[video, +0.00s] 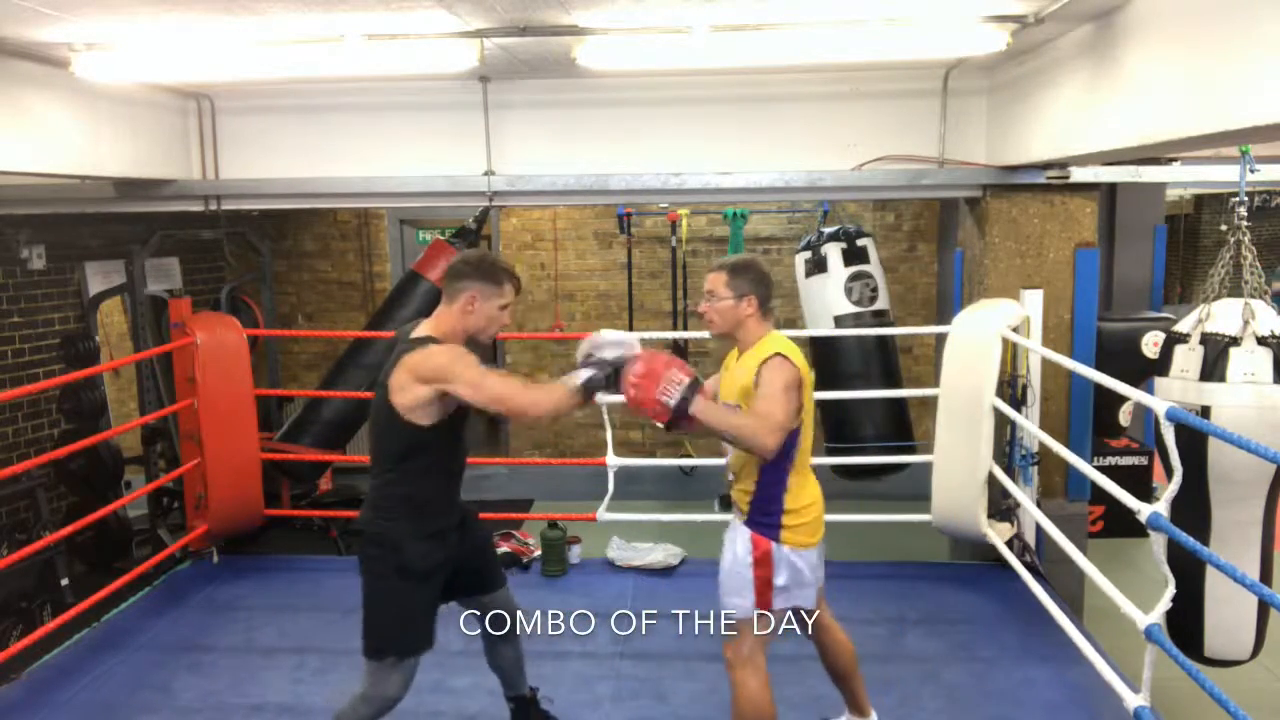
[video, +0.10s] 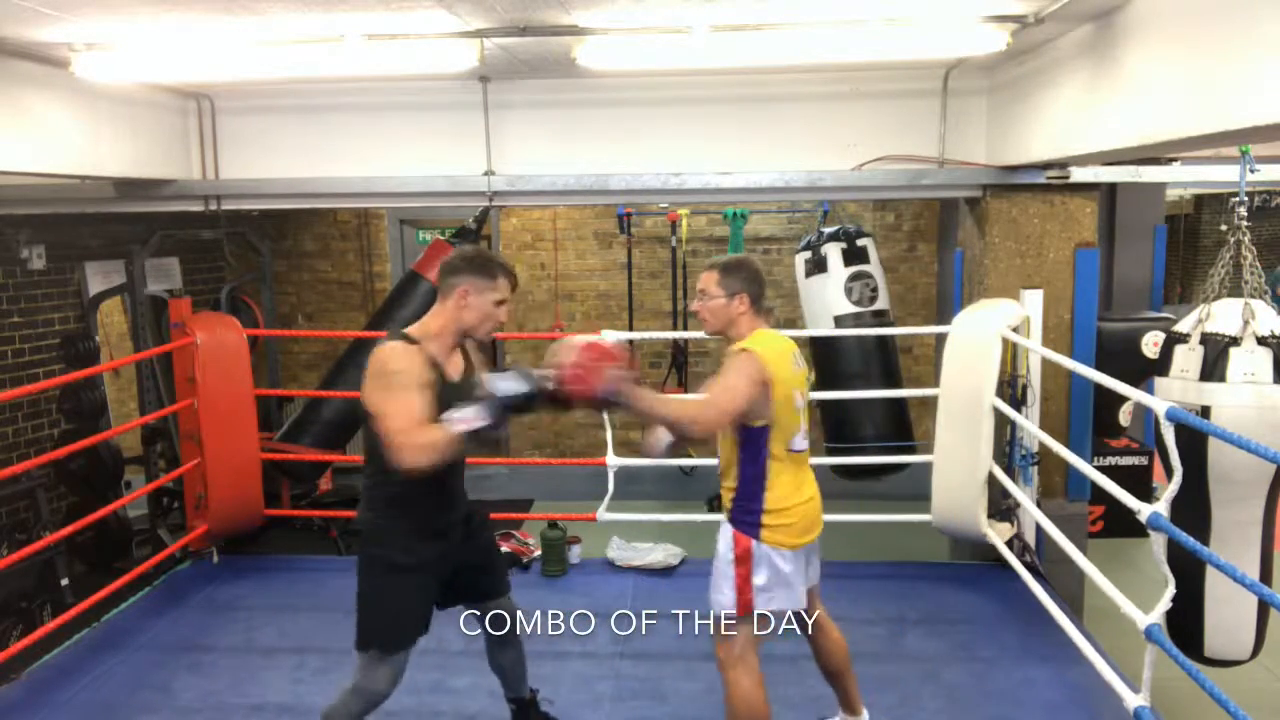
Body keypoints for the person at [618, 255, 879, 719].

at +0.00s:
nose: (701, 308)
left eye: (712, 298)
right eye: (703, 297)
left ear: (748, 304)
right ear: (745, 305)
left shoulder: (777, 363)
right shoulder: (740, 356)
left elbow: (767, 437)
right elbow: (709, 410)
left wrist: (692, 402)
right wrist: (662, 395)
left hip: (770, 530)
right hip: (784, 524)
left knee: (743, 656)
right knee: (816, 618)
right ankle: (862, 712)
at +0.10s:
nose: (695, 306)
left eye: (705, 297)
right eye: (696, 296)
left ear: (740, 303)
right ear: (744, 304)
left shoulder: (749, 359)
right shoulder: (783, 347)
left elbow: (704, 421)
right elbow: (743, 415)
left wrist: (625, 390)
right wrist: (676, 421)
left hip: (757, 525)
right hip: (798, 512)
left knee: (735, 652)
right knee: (811, 612)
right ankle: (854, 712)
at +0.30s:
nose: (671, 318)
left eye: (679, 308)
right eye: (672, 308)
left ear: (712, 312)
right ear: (716, 313)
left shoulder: (734, 362)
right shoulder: (756, 350)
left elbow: (685, 427)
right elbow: (748, 422)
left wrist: (621, 389)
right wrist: (692, 442)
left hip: (759, 537)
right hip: (797, 523)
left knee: (727, 657)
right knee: (807, 611)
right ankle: (860, 706)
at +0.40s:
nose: (669, 321)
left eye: (677, 310)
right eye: (671, 310)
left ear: (710, 313)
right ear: (706, 315)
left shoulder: (754, 355)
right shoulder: (705, 372)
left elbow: (718, 404)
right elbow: (655, 426)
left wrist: (662, 366)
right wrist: (581, 427)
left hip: (770, 534)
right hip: (766, 528)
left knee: (737, 664)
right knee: (807, 620)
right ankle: (863, 709)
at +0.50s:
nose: (673, 322)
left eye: (682, 310)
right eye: (671, 314)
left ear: (713, 311)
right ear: (709, 315)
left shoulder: (763, 346)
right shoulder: (695, 381)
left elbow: (722, 368)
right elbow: (639, 428)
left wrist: (656, 309)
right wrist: (560, 435)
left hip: (770, 534)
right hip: (760, 532)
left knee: (737, 665)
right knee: (811, 634)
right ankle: (852, 716)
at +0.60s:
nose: (680, 317)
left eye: (687, 306)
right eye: (679, 308)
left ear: (717, 308)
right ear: (717, 310)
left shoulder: (755, 343)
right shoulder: (721, 362)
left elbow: (700, 355)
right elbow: (700, 443)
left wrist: (652, 284)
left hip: (760, 531)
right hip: (771, 525)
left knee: (736, 665)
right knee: (804, 639)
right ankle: (831, 716)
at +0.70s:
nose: (687, 312)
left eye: (696, 302)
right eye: (689, 302)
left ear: (730, 305)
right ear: (732, 306)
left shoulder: (743, 349)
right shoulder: (767, 346)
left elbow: (667, 384)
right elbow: (751, 445)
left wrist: (610, 342)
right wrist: (683, 472)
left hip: (758, 529)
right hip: (791, 521)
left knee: (732, 661)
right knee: (804, 630)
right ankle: (836, 715)